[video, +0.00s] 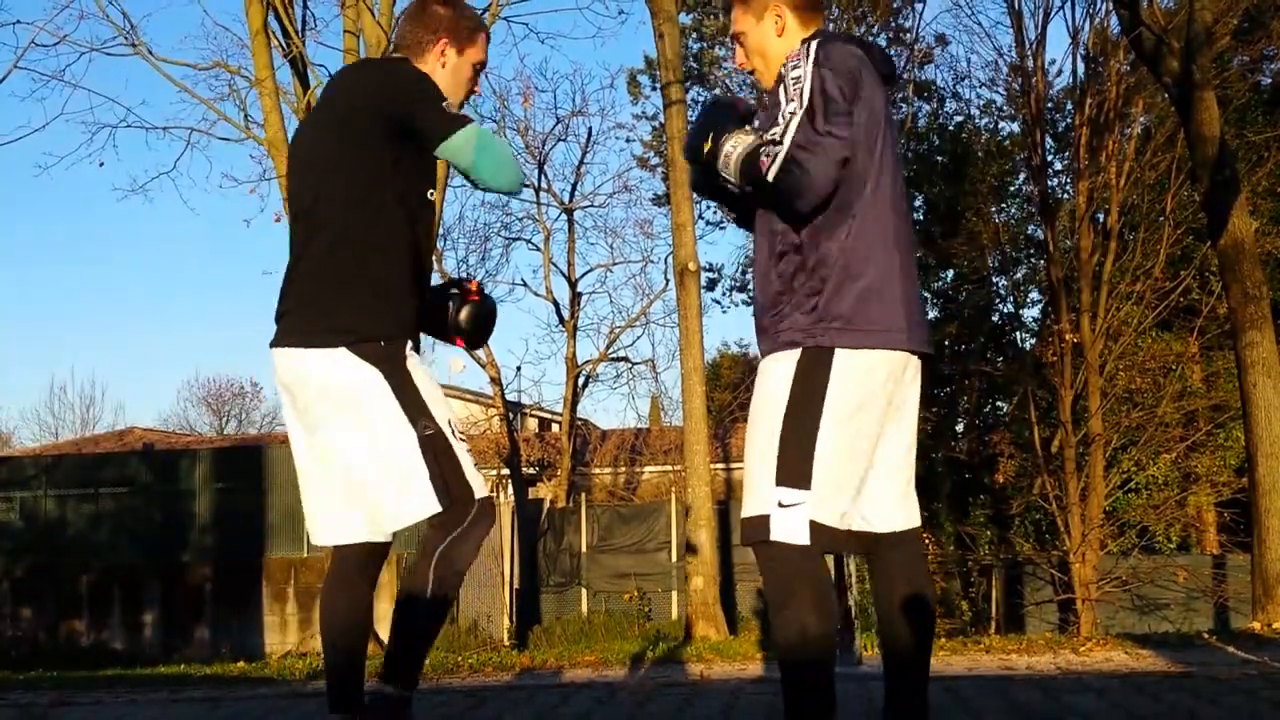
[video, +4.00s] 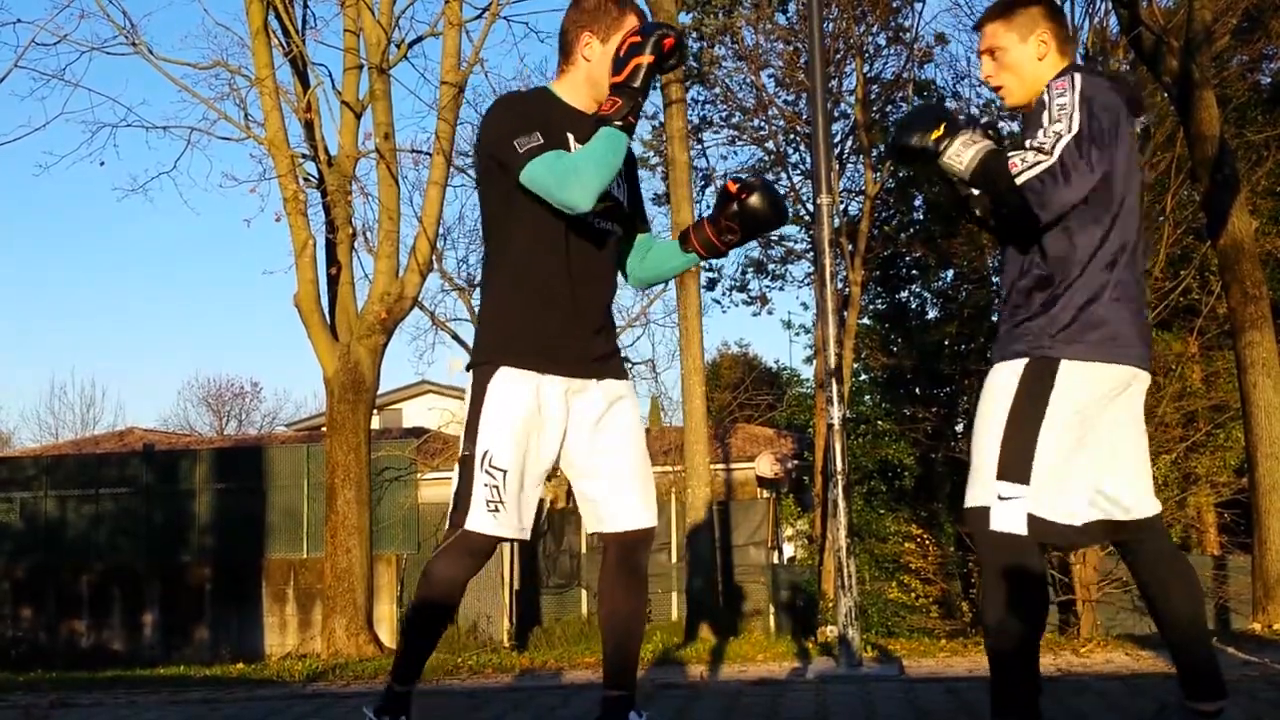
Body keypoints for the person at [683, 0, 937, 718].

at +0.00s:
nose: (735, 58)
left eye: (739, 38)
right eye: (732, 43)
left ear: (778, 17)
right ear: (782, 18)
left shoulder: (825, 61)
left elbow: (803, 182)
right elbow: (774, 214)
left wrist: (731, 143)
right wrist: (718, 157)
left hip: (827, 332)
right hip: (887, 330)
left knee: (778, 528)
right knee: (888, 525)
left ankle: (807, 713)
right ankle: (908, 711)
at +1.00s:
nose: (804, 40)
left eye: (818, 20)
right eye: (788, 28)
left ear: (851, 14)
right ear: (775, 32)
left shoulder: (881, 87)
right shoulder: (807, 117)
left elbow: (844, 200)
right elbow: (782, 228)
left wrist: (765, 146)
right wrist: (727, 177)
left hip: (851, 349)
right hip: (833, 350)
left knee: (826, 540)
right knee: (879, 534)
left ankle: (823, 719)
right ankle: (968, 695)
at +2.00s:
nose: (944, 43)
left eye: (953, 24)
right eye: (941, 28)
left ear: (1006, 11)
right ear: (994, 17)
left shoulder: (1058, 66)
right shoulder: (1015, 93)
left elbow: (1014, 186)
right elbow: (977, 212)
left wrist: (939, 126)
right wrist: (922, 140)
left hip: (1061, 336)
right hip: (1011, 343)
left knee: (1086, 526)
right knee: (1032, 527)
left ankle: (1131, 706)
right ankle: (1109, 692)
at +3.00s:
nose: (938, 57)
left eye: (946, 37)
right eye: (935, 42)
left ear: (996, 24)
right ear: (991, 26)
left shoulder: (1043, 71)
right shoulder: (1039, 80)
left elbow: (1016, 202)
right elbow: (1010, 206)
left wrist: (940, 155)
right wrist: (949, 151)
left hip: (1084, 333)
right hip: (1081, 333)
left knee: (1094, 529)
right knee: (1098, 529)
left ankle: (1119, 709)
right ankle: (1119, 704)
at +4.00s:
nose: (985, 70)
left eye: (994, 53)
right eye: (982, 57)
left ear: (1044, 46)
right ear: (1038, 53)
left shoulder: (1076, 95)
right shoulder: (1086, 107)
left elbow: (1039, 189)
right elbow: (1027, 216)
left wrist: (957, 146)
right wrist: (965, 174)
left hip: (1055, 340)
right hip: (1107, 339)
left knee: (997, 517)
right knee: (1133, 517)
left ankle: (1013, 709)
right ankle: (1207, 694)